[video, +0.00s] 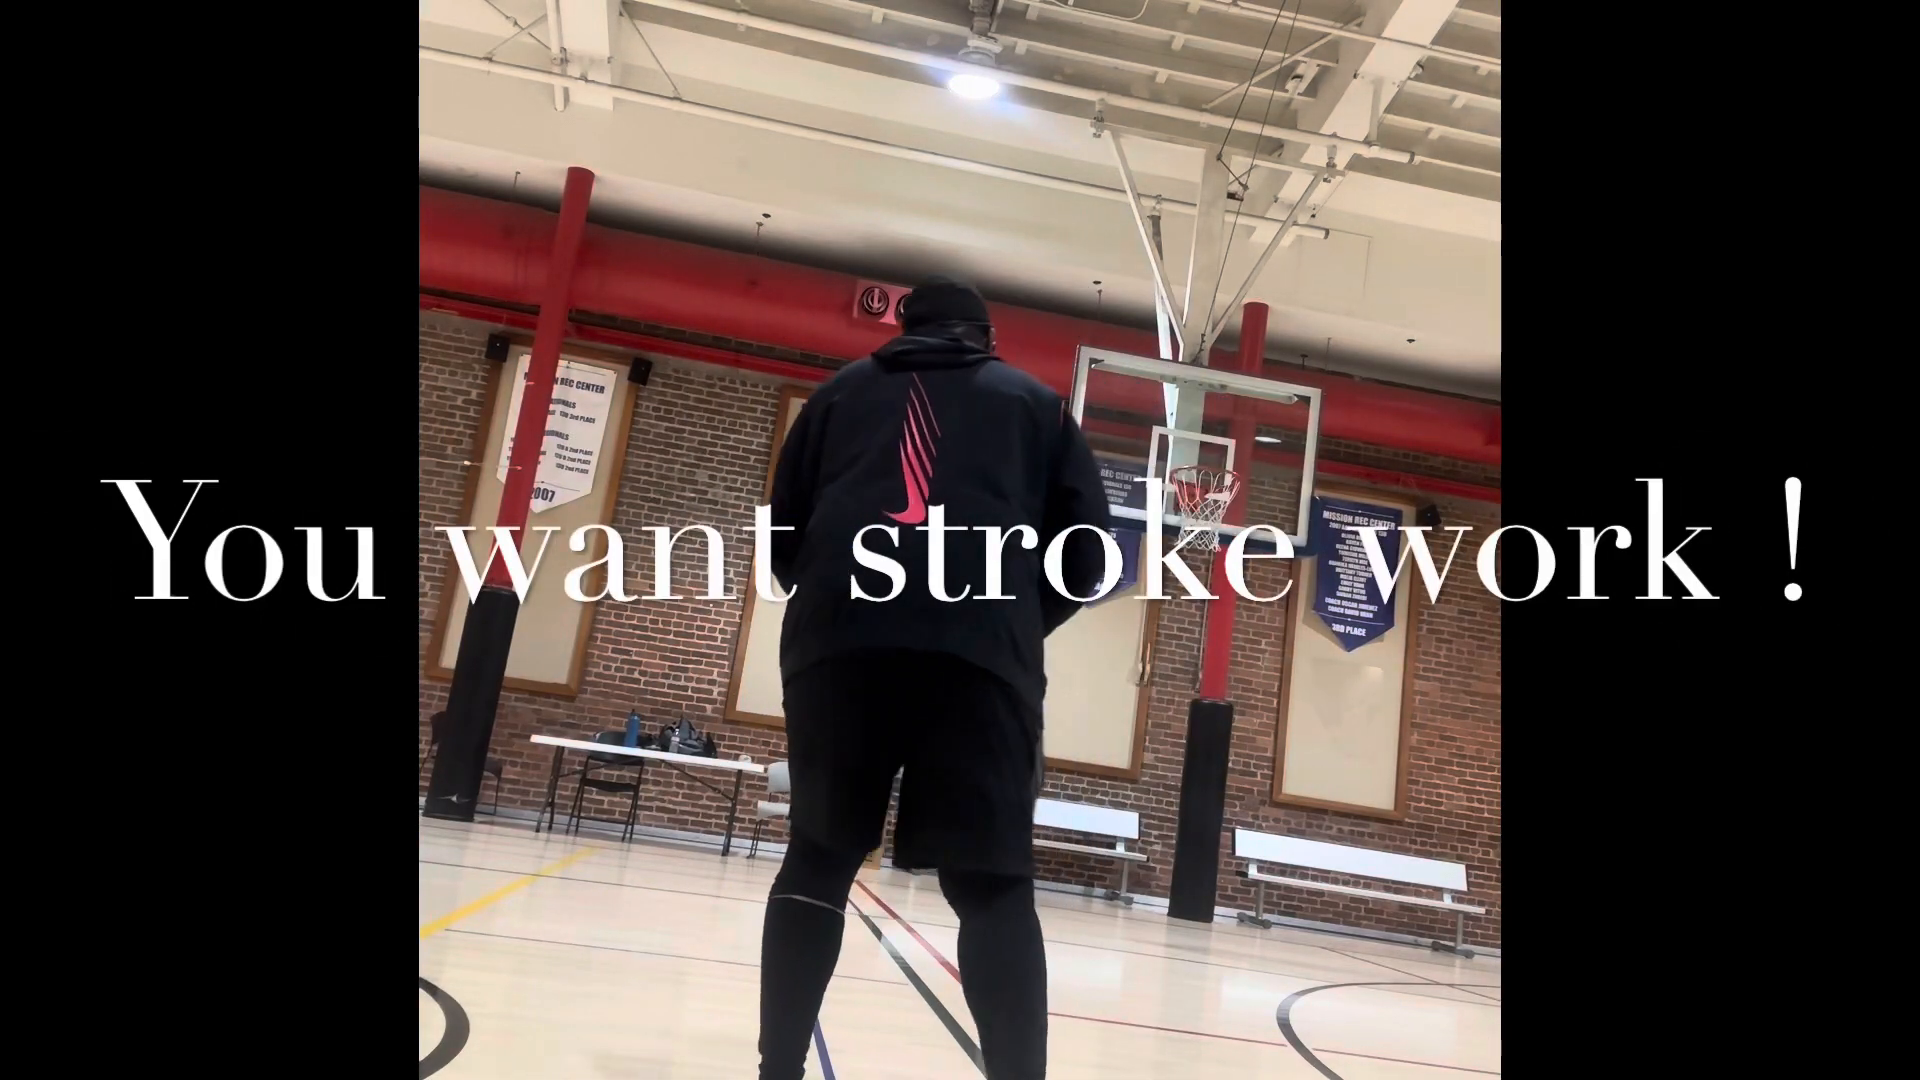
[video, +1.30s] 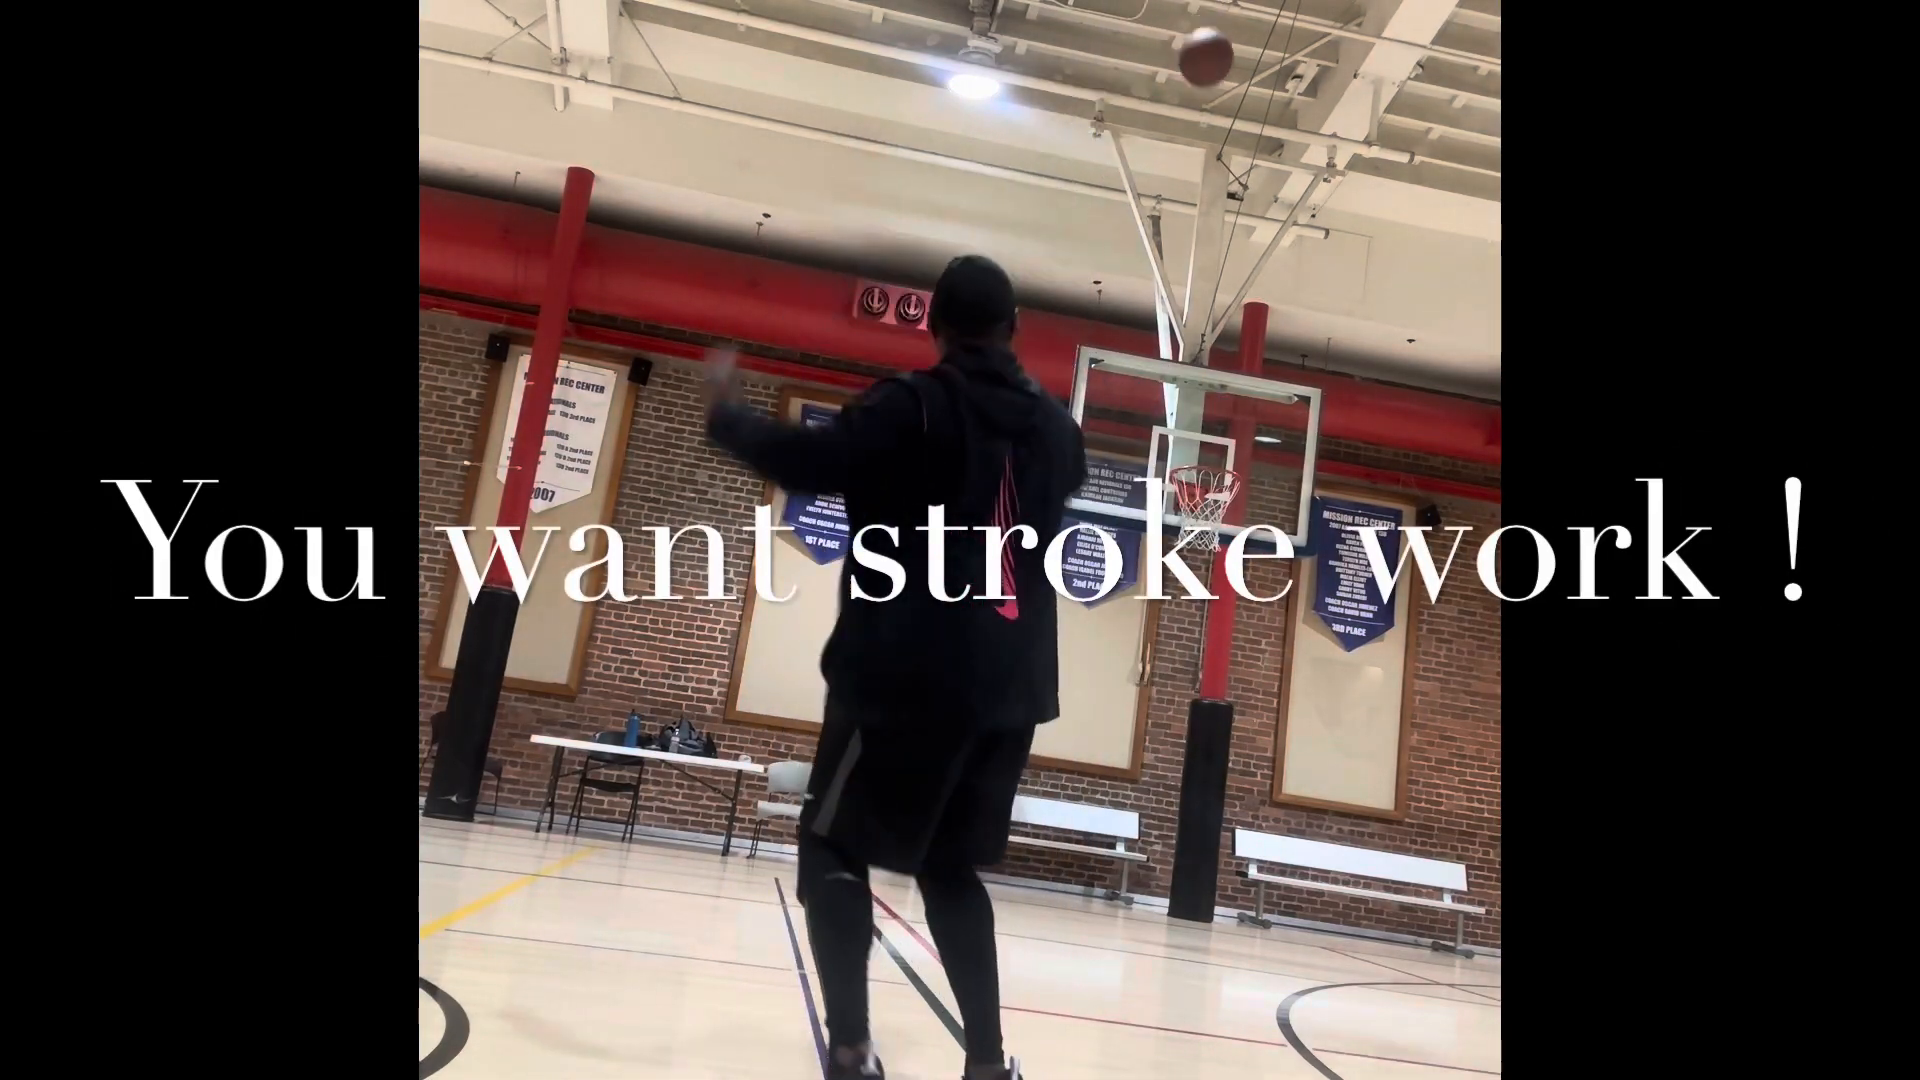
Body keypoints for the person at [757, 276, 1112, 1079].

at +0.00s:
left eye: (906, 315)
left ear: (904, 326)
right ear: (984, 334)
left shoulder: (838, 394)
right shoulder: (1036, 404)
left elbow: (785, 546)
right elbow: (1092, 552)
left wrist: (852, 596)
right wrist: (1014, 617)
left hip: (837, 659)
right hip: (983, 669)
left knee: (819, 853)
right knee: (995, 885)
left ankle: (779, 1065)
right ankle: (1018, 1072)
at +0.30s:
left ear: (884, 356)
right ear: (964, 364)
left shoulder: (825, 421)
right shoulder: (1012, 447)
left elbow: (794, 502)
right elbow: (1046, 577)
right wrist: (981, 599)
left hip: (831, 698)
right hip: (962, 710)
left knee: (814, 882)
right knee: (932, 872)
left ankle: (779, 1067)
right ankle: (977, 1067)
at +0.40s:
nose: (962, 382)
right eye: (965, 369)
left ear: (889, 366)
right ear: (968, 374)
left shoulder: (834, 431)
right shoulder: (1007, 456)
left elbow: (803, 443)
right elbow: (1083, 558)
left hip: (839, 705)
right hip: (967, 717)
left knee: (812, 894)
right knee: (918, 889)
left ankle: (783, 1071)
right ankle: (981, 1072)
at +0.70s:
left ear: (925, 327)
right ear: (1003, 336)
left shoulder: (885, 393)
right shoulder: (1047, 420)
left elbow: (858, 318)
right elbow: (1092, 392)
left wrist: (936, 262)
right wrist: (1052, 308)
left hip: (879, 684)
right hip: (993, 702)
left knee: (804, 873)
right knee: (943, 889)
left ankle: (794, 1050)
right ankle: (986, 1068)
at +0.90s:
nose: (978, 227)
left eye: (967, 217)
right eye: (1011, 218)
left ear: (952, 236)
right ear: (1040, 242)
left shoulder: (920, 289)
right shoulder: (1060, 317)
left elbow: (874, 225)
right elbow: (1068, 253)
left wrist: (877, 152)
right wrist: (1081, 205)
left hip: (897, 585)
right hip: (1009, 599)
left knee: (849, 781)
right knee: (989, 798)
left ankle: (810, 1008)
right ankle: (1003, 1030)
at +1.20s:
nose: (951, 314)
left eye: (949, 302)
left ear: (940, 314)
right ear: (1022, 322)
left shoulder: (897, 380)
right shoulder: (1049, 398)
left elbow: (798, 337)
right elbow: (1067, 359)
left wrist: (783, 260)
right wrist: (1051, 284)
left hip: (903, 669)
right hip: (1005, 680)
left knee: (850, 852)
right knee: (958, 860)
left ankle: (857, 1062)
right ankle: (989, 1059)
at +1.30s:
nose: (929, 328)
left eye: (931, 315)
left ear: (933, 322)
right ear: (1011, 329)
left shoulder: (903, 408)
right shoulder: (1053, 430)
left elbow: (807, 461)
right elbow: (1057, 482)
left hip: (896, 686)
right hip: (1007, 696)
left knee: (831, 848)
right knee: (950, 865)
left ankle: (849, 1052)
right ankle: (988, 1059)